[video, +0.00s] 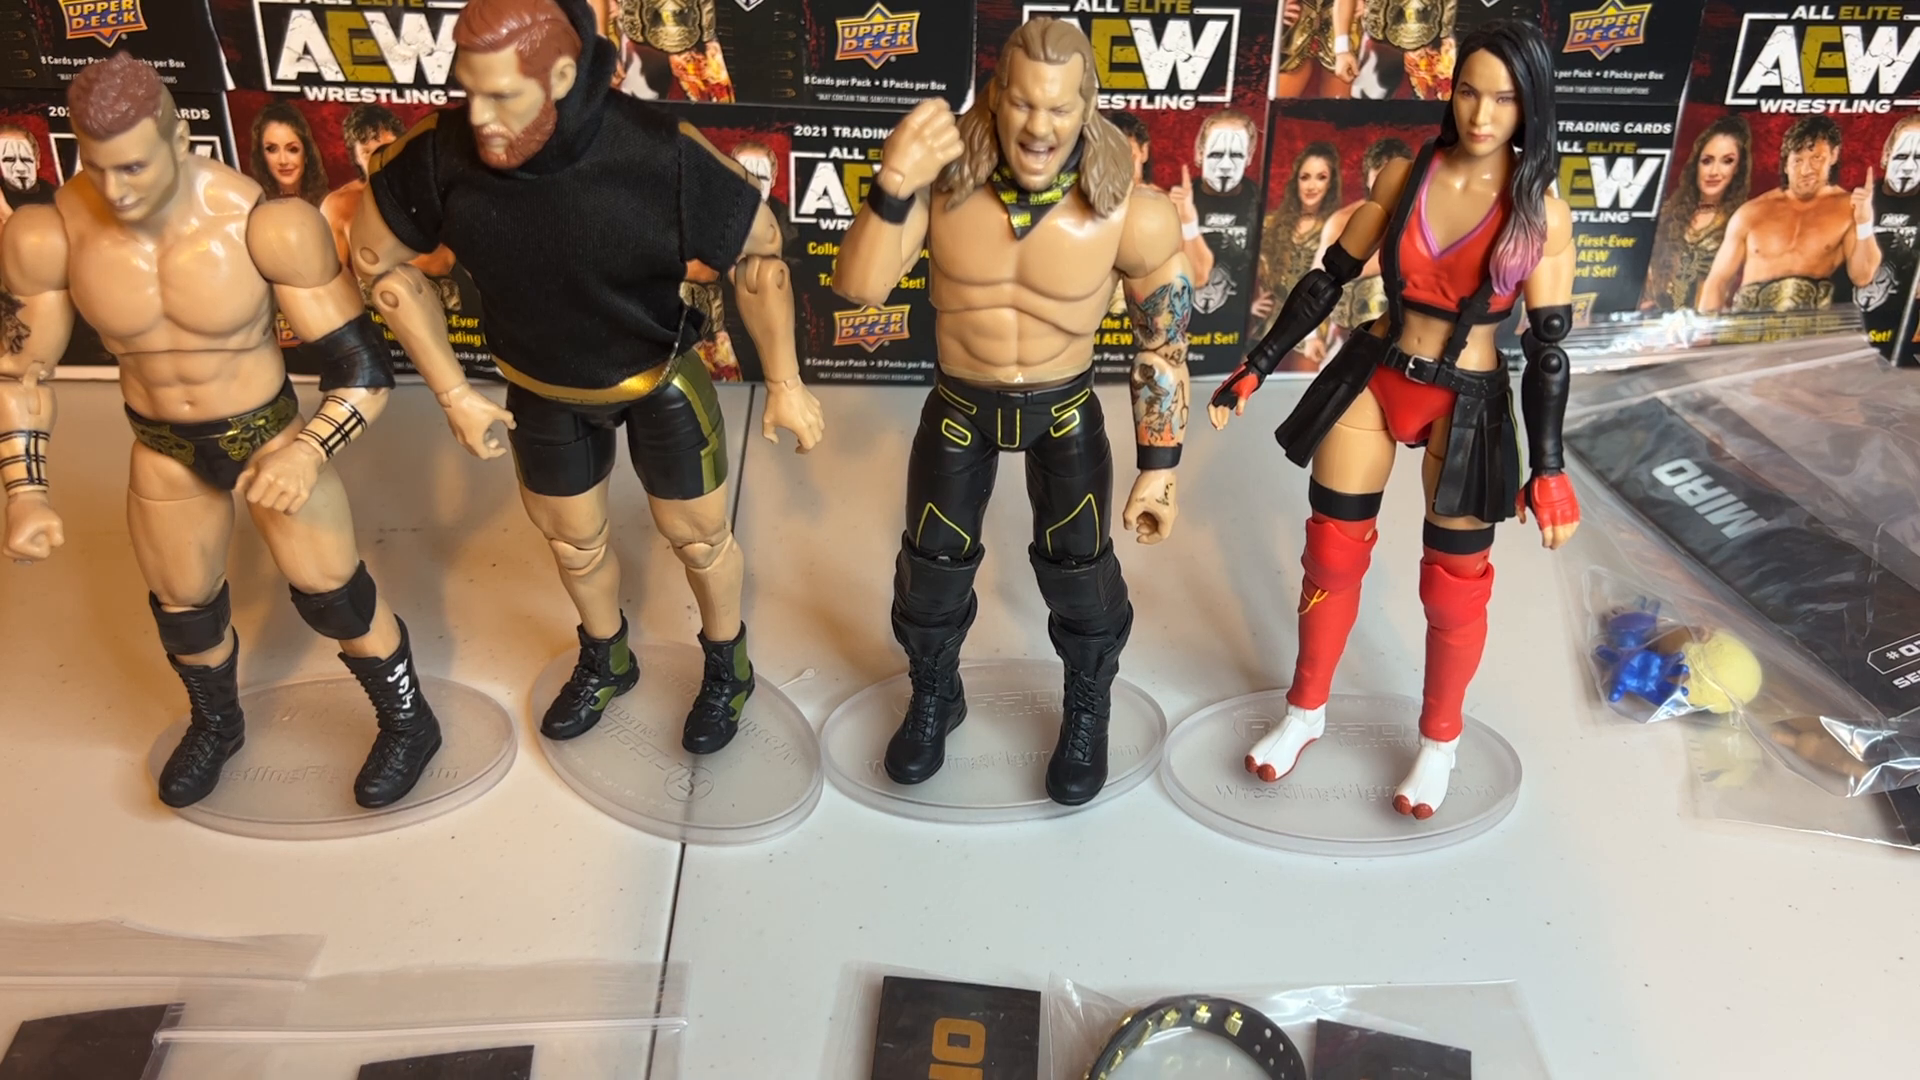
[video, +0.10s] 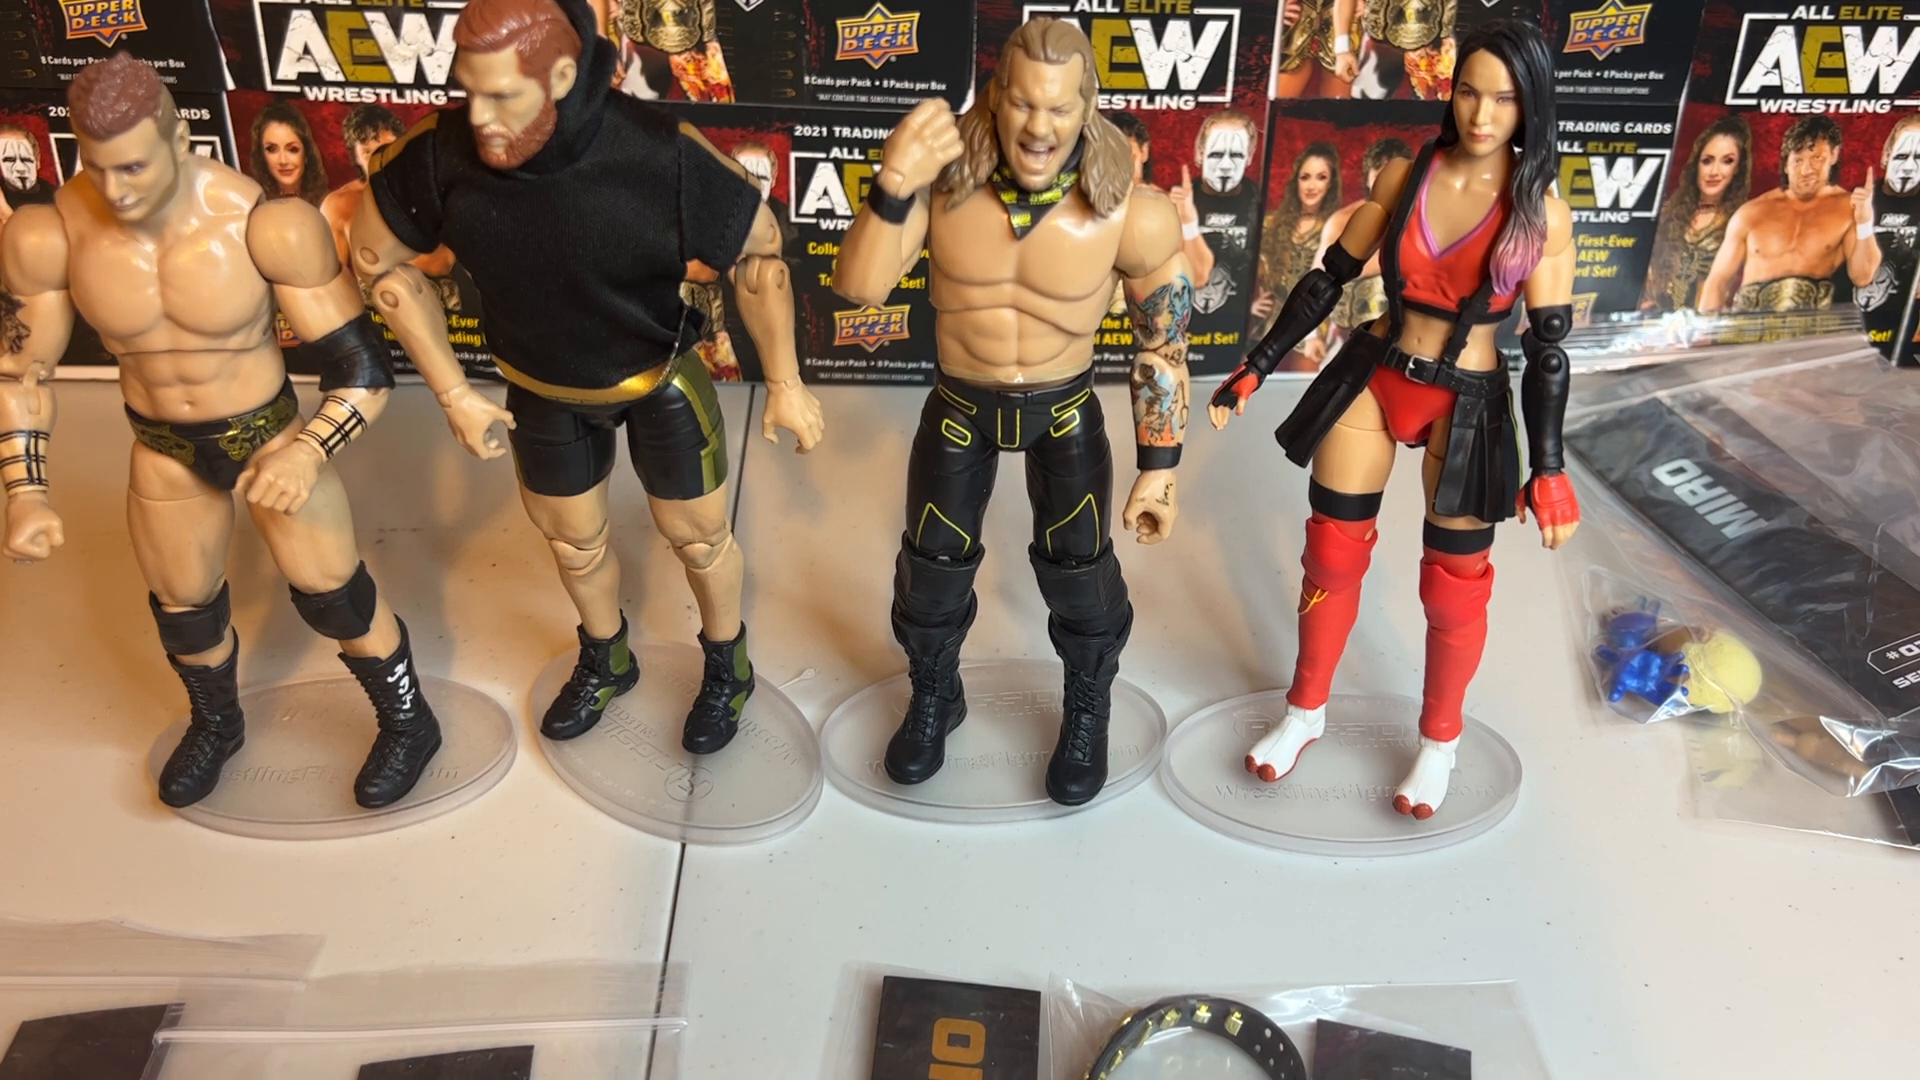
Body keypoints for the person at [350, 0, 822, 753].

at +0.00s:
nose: (481, 119)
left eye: (502, 96)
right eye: (468, 95)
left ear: (564, 76)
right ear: (456, 81)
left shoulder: (653, 155)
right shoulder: (442, 158)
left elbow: (757, 246)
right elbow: (373, 252)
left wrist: (784, 381)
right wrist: (452, 392)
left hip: (661, 382)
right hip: (542, 395)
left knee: (700, 541)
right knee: (575, 547)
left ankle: (726, 667)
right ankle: (607, 661)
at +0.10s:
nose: (481, 119)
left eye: (503, 96)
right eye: (468, 95)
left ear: (564, 76)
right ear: (457, 81)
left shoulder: (653, 154)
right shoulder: (442, 159)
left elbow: (757, 245)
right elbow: (373, 251)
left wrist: (784, 381)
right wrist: (452, 392)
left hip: (661, 382)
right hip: (542, 394)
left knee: (700, 540)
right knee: (575, 546)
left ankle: (726, 666)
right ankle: (607, 661)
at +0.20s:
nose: (481, 119)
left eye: (503, 96)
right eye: (468, 95)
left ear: (564, 76)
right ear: (457, 81)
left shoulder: (653, 155)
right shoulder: (443, 159)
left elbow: (757, 246)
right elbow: (373, 251)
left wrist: (784, 381)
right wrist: (452, 392)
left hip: (661, 381)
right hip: (543, 394)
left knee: (700, 540)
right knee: (575, 546)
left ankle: (726, 666)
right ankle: (607, 661)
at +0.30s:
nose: (481, 119)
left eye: (503, 96)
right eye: (468, 95)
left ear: (564, 76)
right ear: (457, 81)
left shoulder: (653, 155)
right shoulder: (443, 159)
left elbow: (757, 246)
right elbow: (373, 251)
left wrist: (784, 381)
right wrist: (452, 392)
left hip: (661, 382)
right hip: (542, 395)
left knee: (700, 540)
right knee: (575, 546)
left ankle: (726, 666)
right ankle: (607, 661)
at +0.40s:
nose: (481, 119)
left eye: (503, 96)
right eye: (468, 95)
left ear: (564, 76)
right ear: (457, 81)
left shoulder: (653, 155)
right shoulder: (443, 159)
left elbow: (757, 245)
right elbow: (373, 251)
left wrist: (784, 381)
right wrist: (452, 392)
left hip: (661, 382)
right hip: (543, 394)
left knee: (700, 540)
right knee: (575, 546)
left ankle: (726, 666)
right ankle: (607, 661)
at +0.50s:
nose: (481, 119)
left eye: (503, 96)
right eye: (468, 95)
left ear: (564, 76)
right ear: (457, 81)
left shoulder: (653, 155)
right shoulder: (443, 159)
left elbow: (757, 245)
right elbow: (372, 251)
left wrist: (784, 381)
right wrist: (452, 392)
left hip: (661, 382)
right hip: (542, 394)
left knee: (700, 540)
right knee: (575, 546)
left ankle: (726, 666)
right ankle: (607, 661)